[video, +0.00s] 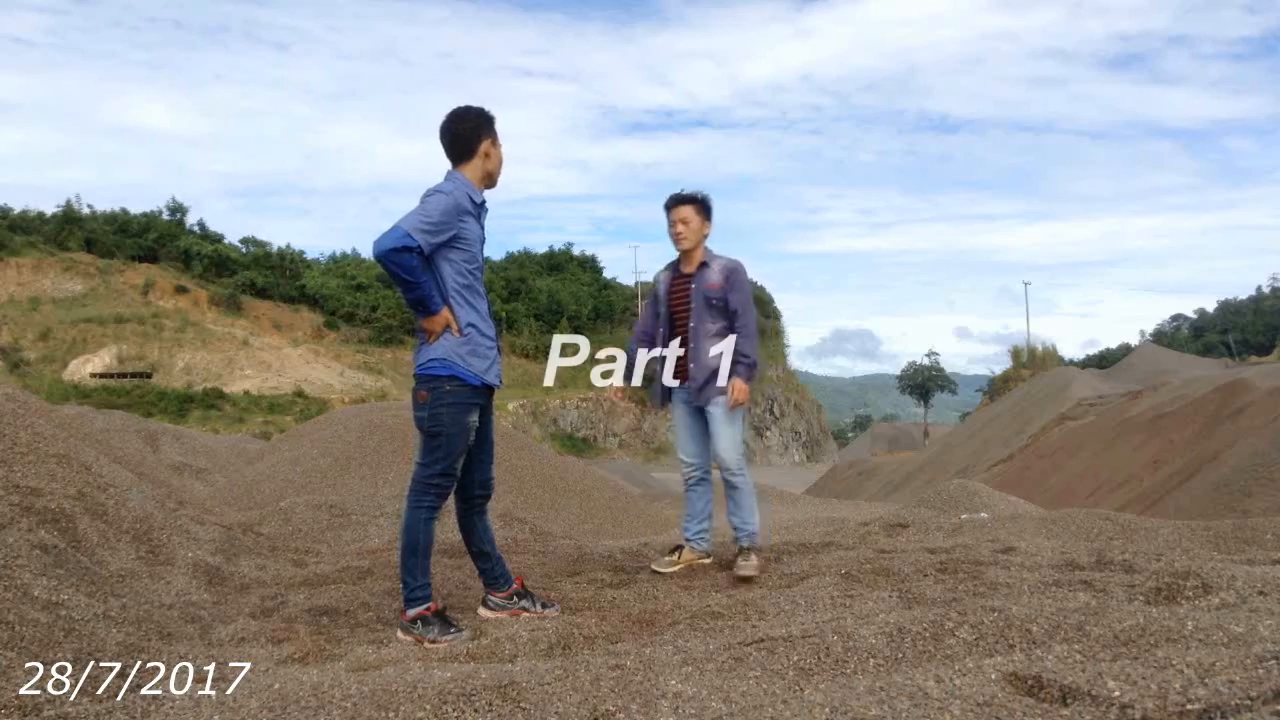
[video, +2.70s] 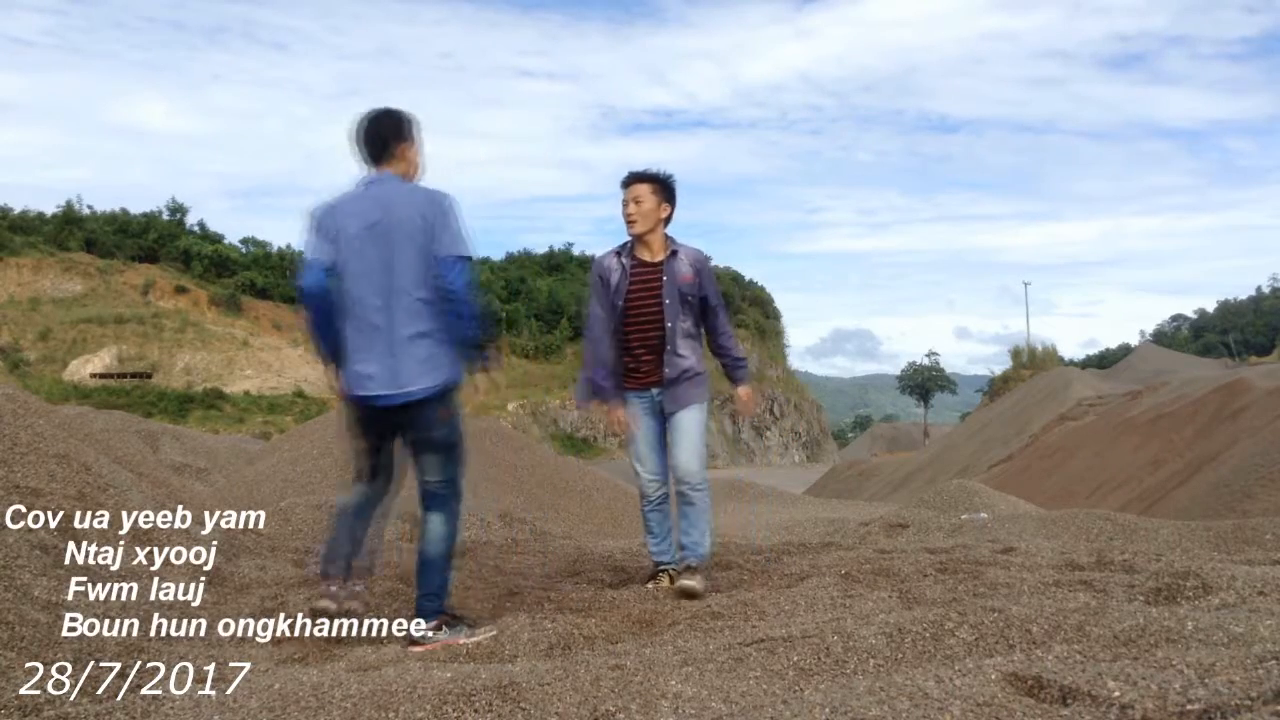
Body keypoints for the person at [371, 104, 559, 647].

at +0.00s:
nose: (502, 156)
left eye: (499, 145)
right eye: (499, 145)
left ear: (463, 150)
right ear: (486, 148)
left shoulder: (466, 204)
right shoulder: (450, 198)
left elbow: (419, 258)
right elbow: (393, 247)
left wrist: (453, 311)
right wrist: (432, 309)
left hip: (473, 376)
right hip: (448, 374)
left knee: (474, 494)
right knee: (430, 493)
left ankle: (501, 590)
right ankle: (418, 609)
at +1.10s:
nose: (543, 166)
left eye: (539, 158)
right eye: (538, 157)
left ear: (507, 167)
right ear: (525, 162)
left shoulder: (502, 211)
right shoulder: (504, 203)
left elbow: (438, 267)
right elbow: (452, 245)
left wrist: (472, 312)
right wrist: (476, 306)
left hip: (500, 370)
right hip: (493, 369)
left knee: (520, 479)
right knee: (517, 477)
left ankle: (504, 589)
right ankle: (453, 586)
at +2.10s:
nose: (555, 163)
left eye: (553, 153)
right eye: (553, 154)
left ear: (515, 157)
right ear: (540, 155)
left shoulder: (497, 204)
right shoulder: (515, 197)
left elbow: (465, 278)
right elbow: (506, 267)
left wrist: (531, 305)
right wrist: (566, 303)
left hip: (487, 366)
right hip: (507, 365)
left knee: (511, 479)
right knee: (552, 467)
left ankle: (502, 587)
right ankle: (517, 584)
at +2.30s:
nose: (509, 166)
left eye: (507, 157)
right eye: (506, 157)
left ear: (463, 157)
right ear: (491, 156)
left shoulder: (420, 216)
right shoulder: (494, 206)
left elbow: (410, 292)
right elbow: (528, 283)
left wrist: (459, 294)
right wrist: (569, 308)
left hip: (458, 378)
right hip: (496, 373)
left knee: (498, 485)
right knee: (529, 482)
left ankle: (504, 593)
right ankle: (453, 586)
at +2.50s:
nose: (465, 168)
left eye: (460, 159)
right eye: (461, 160)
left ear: (413, 170)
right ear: (450, 165)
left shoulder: (378, 229)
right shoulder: (474, 221)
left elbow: (360, 313)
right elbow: (519, 293)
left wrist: (397, 330)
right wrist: (545, 320)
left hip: (403, 395)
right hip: (462, 393)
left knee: (456, 481)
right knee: (467, 504)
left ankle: (473, 587)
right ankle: (431, 619)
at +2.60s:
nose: (442, 162)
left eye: (437, 153)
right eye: (439, 153)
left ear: (390, 159)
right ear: (429, 156)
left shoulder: (352, 220)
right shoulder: (452, 211)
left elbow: (338, 301)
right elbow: (488, 293)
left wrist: (356, 354)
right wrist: (513, 339)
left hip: (385, 386)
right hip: (446, 382)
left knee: (413, 467)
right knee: (450, 496)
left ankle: (404, 577)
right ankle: (431, 618)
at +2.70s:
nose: (419, 155)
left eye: (414, 146)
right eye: (416, 146)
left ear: (369, 153)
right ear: (405, 149)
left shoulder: (332, 213)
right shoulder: (432, 205)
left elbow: (314, 290)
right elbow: (457, 286)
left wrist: (336, 358)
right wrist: (476, 344)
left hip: (365, 380)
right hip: (426, 378)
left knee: (373, 478)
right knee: (440, 495)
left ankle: (334, 572)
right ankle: (432, 615)